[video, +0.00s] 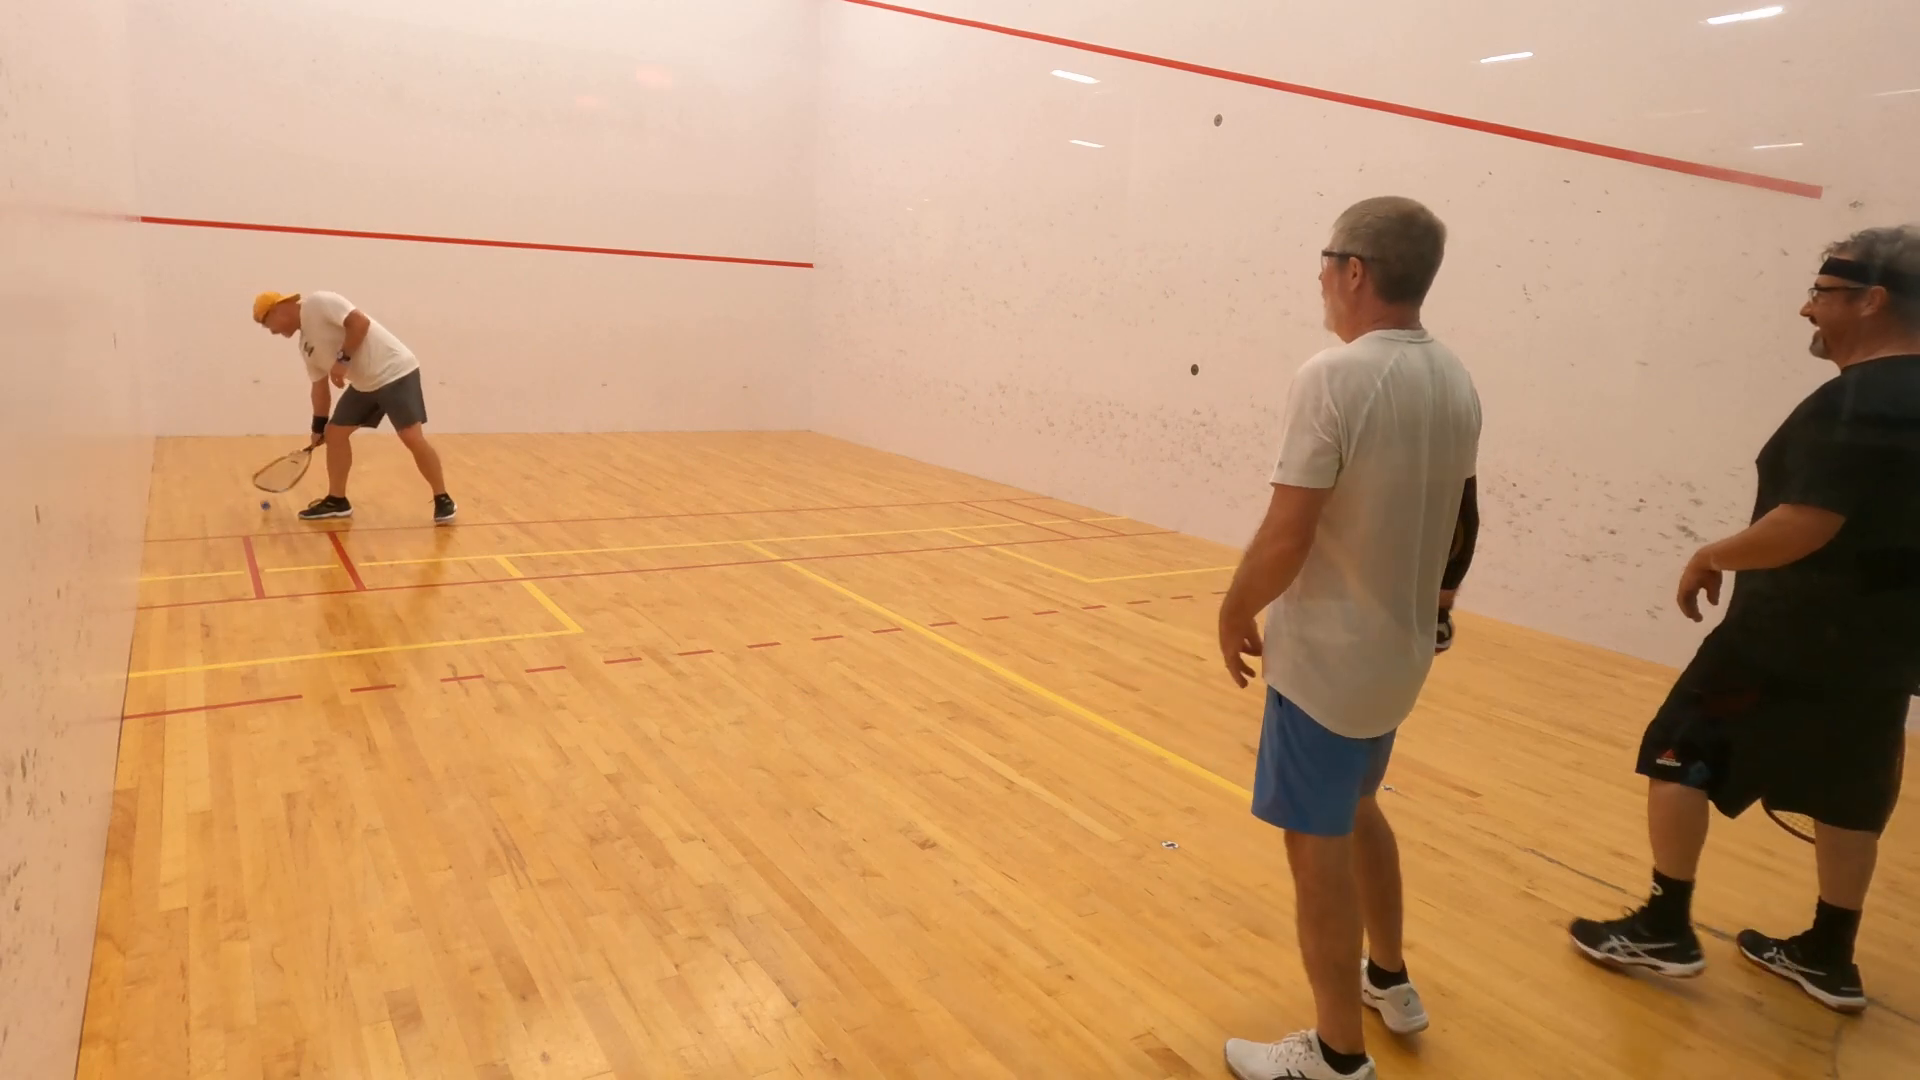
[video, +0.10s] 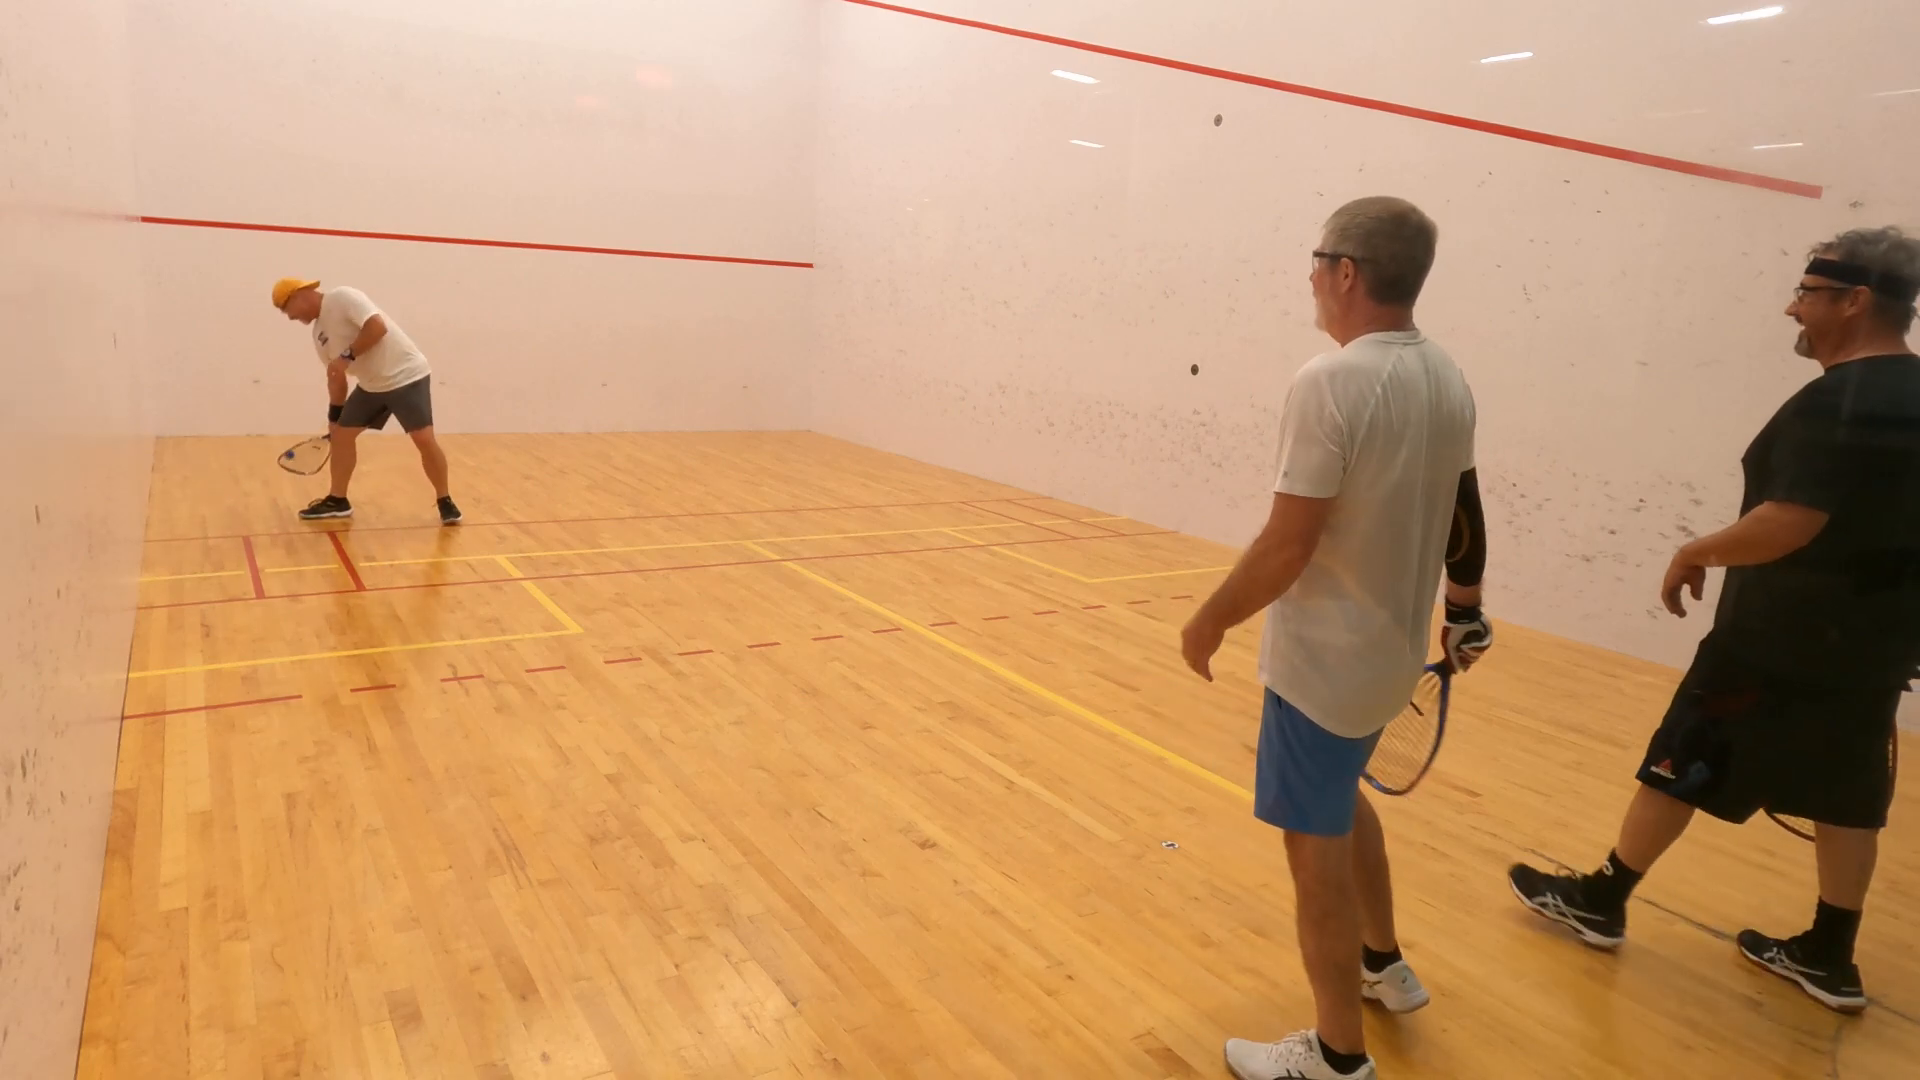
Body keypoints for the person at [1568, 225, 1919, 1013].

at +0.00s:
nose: (1808, 310)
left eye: (1822, 294)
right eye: (1812, 293)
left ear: (1875, 301)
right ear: (1883, 305)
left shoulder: (1859, 400)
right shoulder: (1910, 394)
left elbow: (1804, 524)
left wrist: (1712, 554)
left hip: (1792, 627)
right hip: (1884, 643)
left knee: (1678, 747)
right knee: (1854, 788)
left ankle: (1665, 924)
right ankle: (1830, 951)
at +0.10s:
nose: (1794, 307)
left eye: (1808, 292)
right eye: (1798, 292)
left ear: (1857, 301)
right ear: (1868, 305)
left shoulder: (1835, 403)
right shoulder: (1912, 395)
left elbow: (1788, 522)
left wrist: (1695, 552)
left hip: (1775, 639)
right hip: (1871, 648)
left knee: (1686, 755)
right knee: (1851, 789)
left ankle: (1604, 893)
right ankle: (1829, 951)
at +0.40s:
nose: (1704, 310)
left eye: (1717, 296)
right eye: (1710, 295)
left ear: (1760, 307)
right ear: (1782, 312)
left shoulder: (1740, 405)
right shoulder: (1855, 413)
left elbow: (1699, 523)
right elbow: (1850, 542)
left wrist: (1612, 554)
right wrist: (1805, 614)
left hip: (1703, 636)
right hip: (1802, 647)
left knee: (1628, 744)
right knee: (1804, 787)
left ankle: (1577, 881)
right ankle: (1823, 950)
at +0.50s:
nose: (1665, 310)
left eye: (1676, 298)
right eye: (1670, 296)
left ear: (1715, 308)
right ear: (1736, 312)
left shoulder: (1699, 405)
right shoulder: (1815, 403)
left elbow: (1661, 523)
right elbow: (1827, 520)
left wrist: (1589, 554)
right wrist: (1782, 587)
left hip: (1674, 629)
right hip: (1772, 634)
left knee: (1607, 741)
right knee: (1771, 774)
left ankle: (1575, 879)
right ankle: (1815, 935)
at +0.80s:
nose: (1574, 326)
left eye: (1584, 313)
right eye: (1577, 312)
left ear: (1620, 318)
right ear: (1646, 319)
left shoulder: (1614, 402)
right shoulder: (1738, 388)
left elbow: (1584, 515)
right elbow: (1774, 488)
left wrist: (1541, 559)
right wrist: (1705, 531)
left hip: (1650, 613)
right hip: (1743, 615)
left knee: (1602, 740)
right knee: (1701, 739)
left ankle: (1576, 879)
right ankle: (1711, 873)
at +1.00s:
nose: (1552, 342)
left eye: (1561, 328)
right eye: (1553, 328)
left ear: (1597, 333)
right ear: (1622, 334)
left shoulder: (1598, 408)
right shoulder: (1711, 396)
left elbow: (1587, 517)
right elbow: (1753, 495)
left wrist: (1538, 571)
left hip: (1651, 608)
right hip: (1742, 608)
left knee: (1598, 733)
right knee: (1695, 734)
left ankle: (1575, 879)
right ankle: (1659, 863)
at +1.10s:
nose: (1548, 346)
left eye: (1557, 332)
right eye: (1549, 332)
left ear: (1593, 337)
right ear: (1619, 338)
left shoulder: (1597, 407)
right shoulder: (1701, 396)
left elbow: (1594, 510)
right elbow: (1743, 488)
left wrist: (1548, 573)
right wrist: (1740, 580)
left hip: (1651, 605)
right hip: (1738, 606)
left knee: (1596, 728)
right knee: (1692, 730)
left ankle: (1575, 880)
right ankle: (1658, 863)